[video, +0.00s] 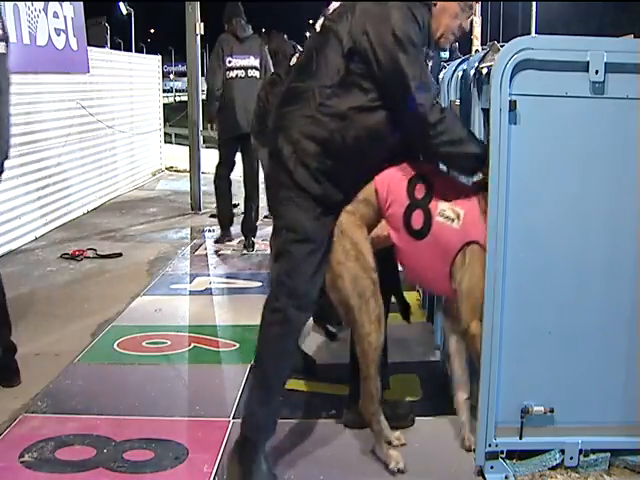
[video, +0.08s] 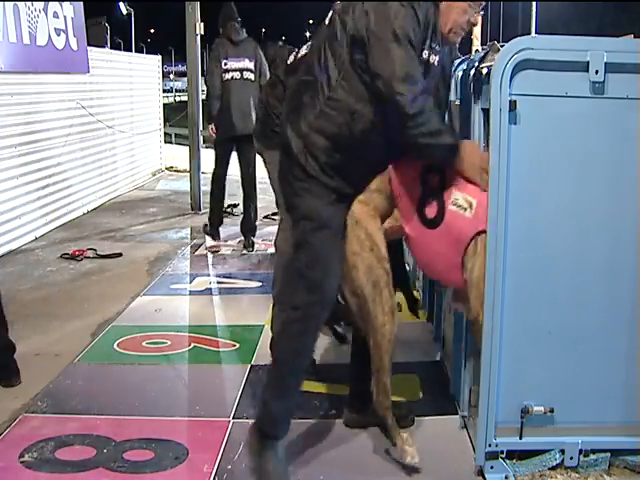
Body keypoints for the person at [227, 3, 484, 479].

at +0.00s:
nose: (463, 28)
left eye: (468, 20)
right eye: (464, 15)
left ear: (443, 7)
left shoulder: (403, 19)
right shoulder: (392, 15)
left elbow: (410, 118)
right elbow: (423, 113)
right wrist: (488, 163)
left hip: (349, 173)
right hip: (306, 165)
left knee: (370, 291)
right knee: (292, 298)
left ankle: (367, 401)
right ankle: (252, 445)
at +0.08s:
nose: (473, 22)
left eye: (477, 14)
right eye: (472, 10)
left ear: (452, 7)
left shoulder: (432, 42)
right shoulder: (388, 10)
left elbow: (429, 109)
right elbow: (402, 95)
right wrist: (455, 151)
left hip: (368, 173)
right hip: (317, 162)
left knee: (374, 288)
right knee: (312, 290)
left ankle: (366, 401)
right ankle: (269, 430)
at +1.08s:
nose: (476, 52)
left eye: (484, 43)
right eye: (471, 39)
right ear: (444, 13)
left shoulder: (458, 54)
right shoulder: (395, 44)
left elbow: (464, 140)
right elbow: (369, 155)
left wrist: (458, 200)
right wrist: (417, 218)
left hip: (397, 165)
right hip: (339, 161)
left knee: (409, 279)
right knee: (345, 285)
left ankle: (416, 388)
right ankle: (322, 411)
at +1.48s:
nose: (465, 71)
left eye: (469, 62)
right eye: (463, 61)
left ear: (434, 46)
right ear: (432, 47)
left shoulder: (421, 57)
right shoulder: (386, 92)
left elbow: (435, 121)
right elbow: (382, 200)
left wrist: (461, 158)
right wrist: (448, 227)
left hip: (379, 173)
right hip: (327, 175)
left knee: (415, 276)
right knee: (360, 298)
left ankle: (414, 387)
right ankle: (323, 413)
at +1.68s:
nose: (463, 59)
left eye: (466, 49)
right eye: (461, 48)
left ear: (428, 45)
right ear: (429, 47)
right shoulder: (383, 98)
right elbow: (396, 208)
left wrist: (442, 93)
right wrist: (467, 224)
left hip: (392, 182)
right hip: (342, 190)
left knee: (423, 279)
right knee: (370, 307)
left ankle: (417, 385)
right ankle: (324, 414)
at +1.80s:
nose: (461, 46)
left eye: (462, 37)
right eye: (457, 38)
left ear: (424, 36)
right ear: (426, 41)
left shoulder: (399, 29)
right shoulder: (387, 94)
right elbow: (404, 203)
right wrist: (472, 221)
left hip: (392, 179)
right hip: (346, 190)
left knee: (429, 274)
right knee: (371, 306)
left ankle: (420, 380)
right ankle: (324, 413)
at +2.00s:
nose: (461, 59)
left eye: (463, 49)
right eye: (454, 52)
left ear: (425, 45)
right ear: (422, 50)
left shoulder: (411, 30)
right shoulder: (396, 105)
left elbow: (486, 16)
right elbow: (420, 209)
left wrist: (551, 17)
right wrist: (500, 225)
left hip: (395, 190)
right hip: (349, 192)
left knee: (434, 275)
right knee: (378, 305)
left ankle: (419, 382)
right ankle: (325, 410)